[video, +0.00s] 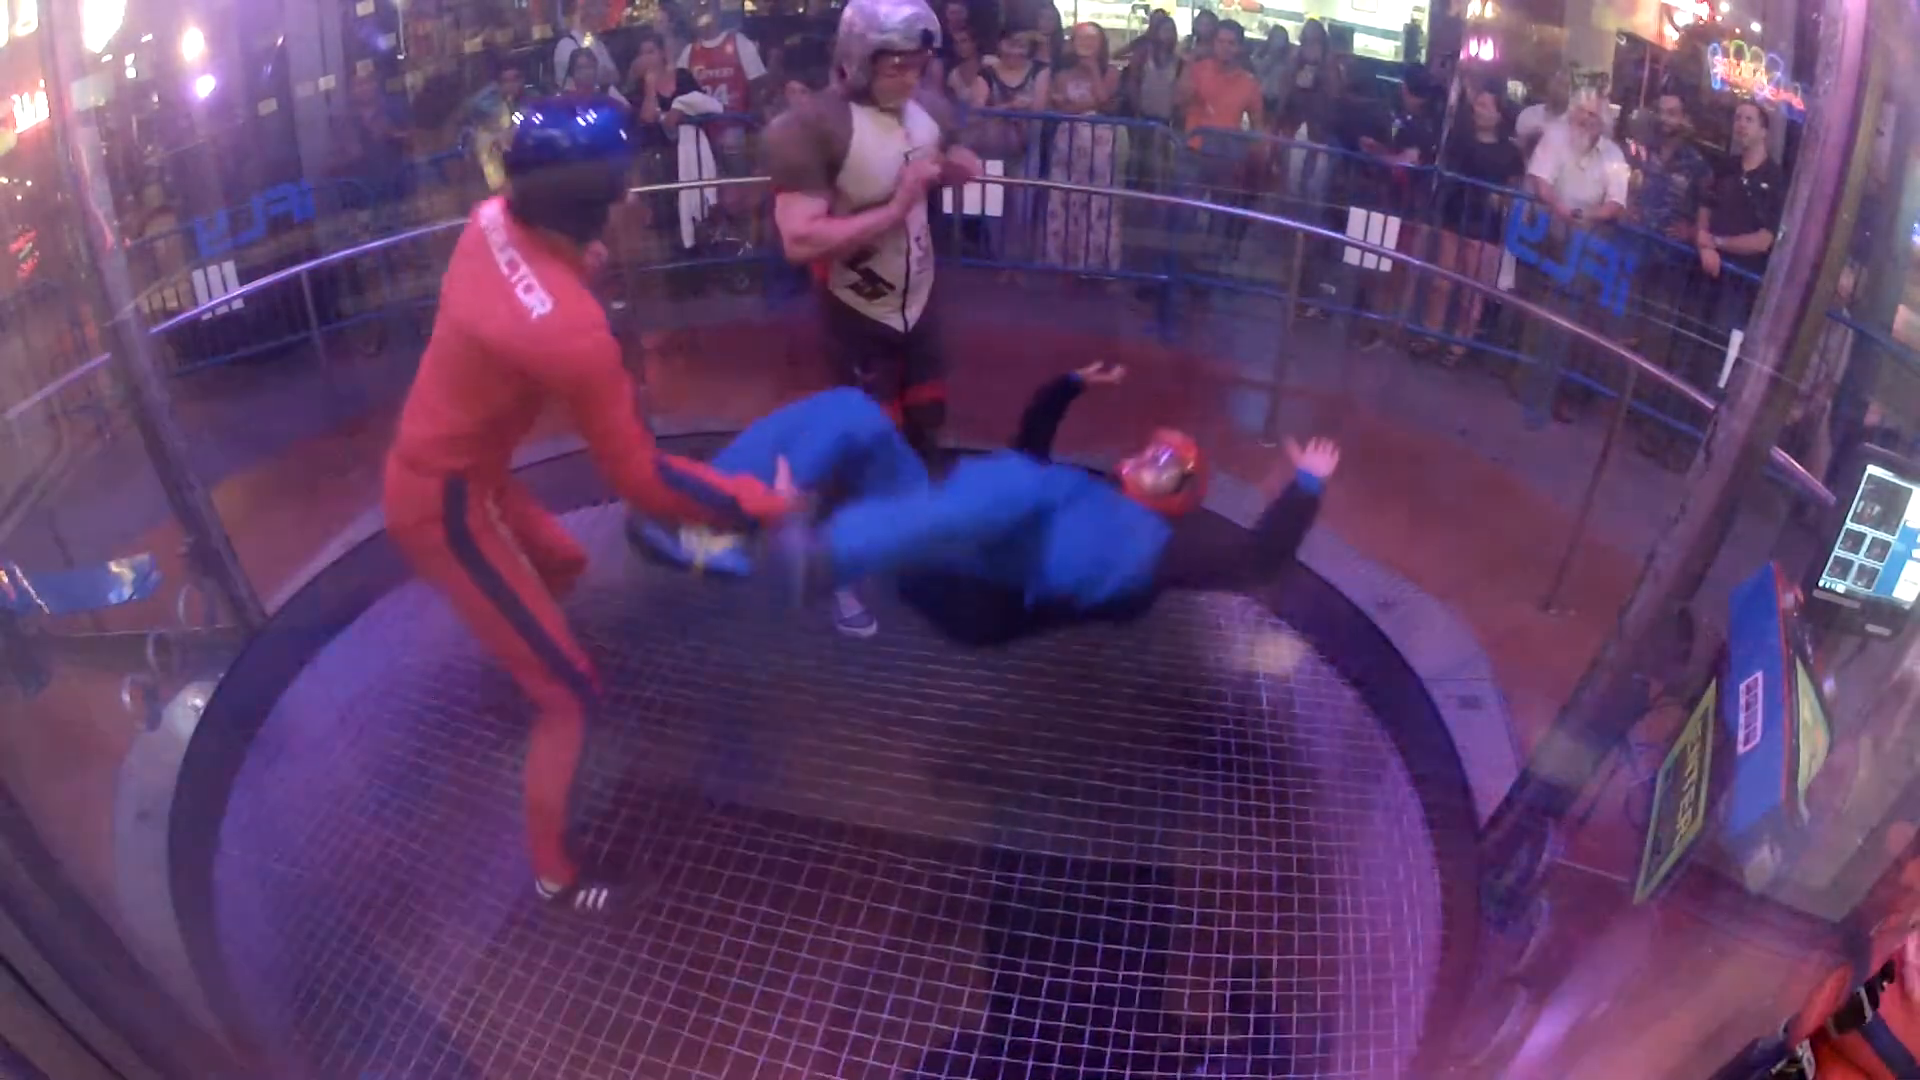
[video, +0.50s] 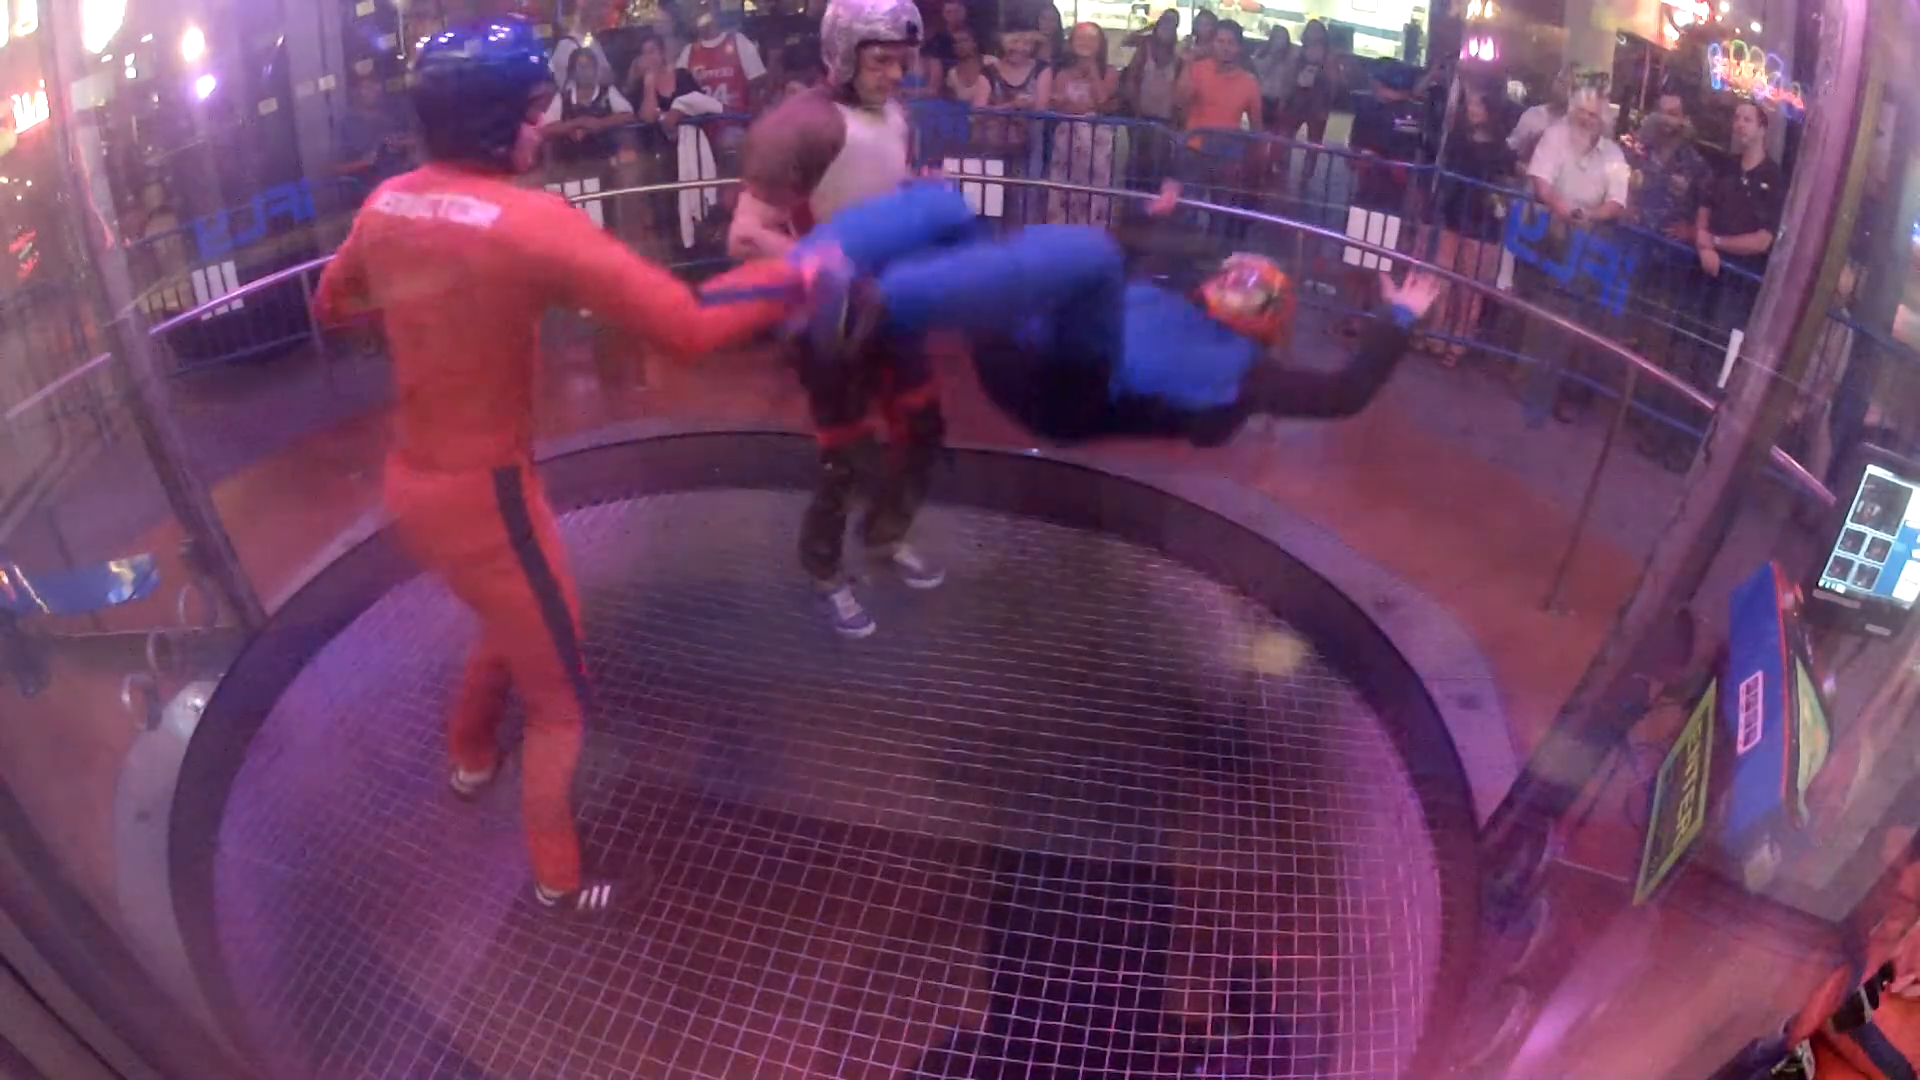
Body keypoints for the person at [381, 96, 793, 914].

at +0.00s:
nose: (624, 202)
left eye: (620, 188)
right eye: (617, 191)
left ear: (530, 184)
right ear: (594, 207)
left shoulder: (491, 222)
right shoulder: (571, 328)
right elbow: (636, 475)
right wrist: (752, 502)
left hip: (451, 464)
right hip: (445, 500)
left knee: (563, 561)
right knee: (566, 690)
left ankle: (506, 658)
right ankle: (551, 874)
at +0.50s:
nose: (546, 126)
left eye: (543, 109)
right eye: (536, 111)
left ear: (441, 117)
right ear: (505, 123)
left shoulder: (388, 205)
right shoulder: (531, 222)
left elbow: (334, 308)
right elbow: (690, 329)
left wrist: (429, 290)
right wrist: (790, 281)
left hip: (416, 487)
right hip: (490, 499)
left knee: (514, 619)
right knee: (556, 706)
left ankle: (469, 759)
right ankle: (556, 882)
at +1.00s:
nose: (477, 129)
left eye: (473, 111)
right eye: (458, 116)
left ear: (400, 135)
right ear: (410, 133)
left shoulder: (406, 215)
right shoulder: (412, 247)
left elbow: (486, 322)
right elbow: (489, 422)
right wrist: (522, 346)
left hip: (481, 489)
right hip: (461, 512)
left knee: (522, 659)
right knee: (533, 693)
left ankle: (474, 820)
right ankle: (554, 877)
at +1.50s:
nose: (427, 131)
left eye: (429, 112)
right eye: (401, 120)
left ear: (432, 111)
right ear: (346, 140)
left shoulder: (409, 204)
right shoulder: (351, 243)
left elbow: (434, 338)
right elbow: (416, 442)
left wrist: (479, 298)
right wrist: (487, 328)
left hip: (478, 485)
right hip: (437, 515)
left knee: (495, 670)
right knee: (523, 712)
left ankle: (471, 832)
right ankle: (558, 883)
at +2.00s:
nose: (397, 131)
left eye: (395, 112)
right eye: (373, 119)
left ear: (390, 121)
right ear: (317, 141)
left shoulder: (391, 211)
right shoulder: (298, 263)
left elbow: (413, 320)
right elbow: (357, 456)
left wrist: (456, 294)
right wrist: (446, 323)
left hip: (423, 519)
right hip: (364, 549)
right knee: (482, 774)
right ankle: (468, 984)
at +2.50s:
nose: (238, 252)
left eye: (233, 230)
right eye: (213, 241)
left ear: (226, 227)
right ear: (152, 265)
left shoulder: (218, 341)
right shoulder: (134, 404)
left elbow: (246, 515)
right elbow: (244, 629)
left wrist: (286, 444)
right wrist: (299, 465)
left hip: (287, 681)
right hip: (233, 722)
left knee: (444, 771)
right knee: (291, 950)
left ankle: (473, 865)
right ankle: (304, 1071)